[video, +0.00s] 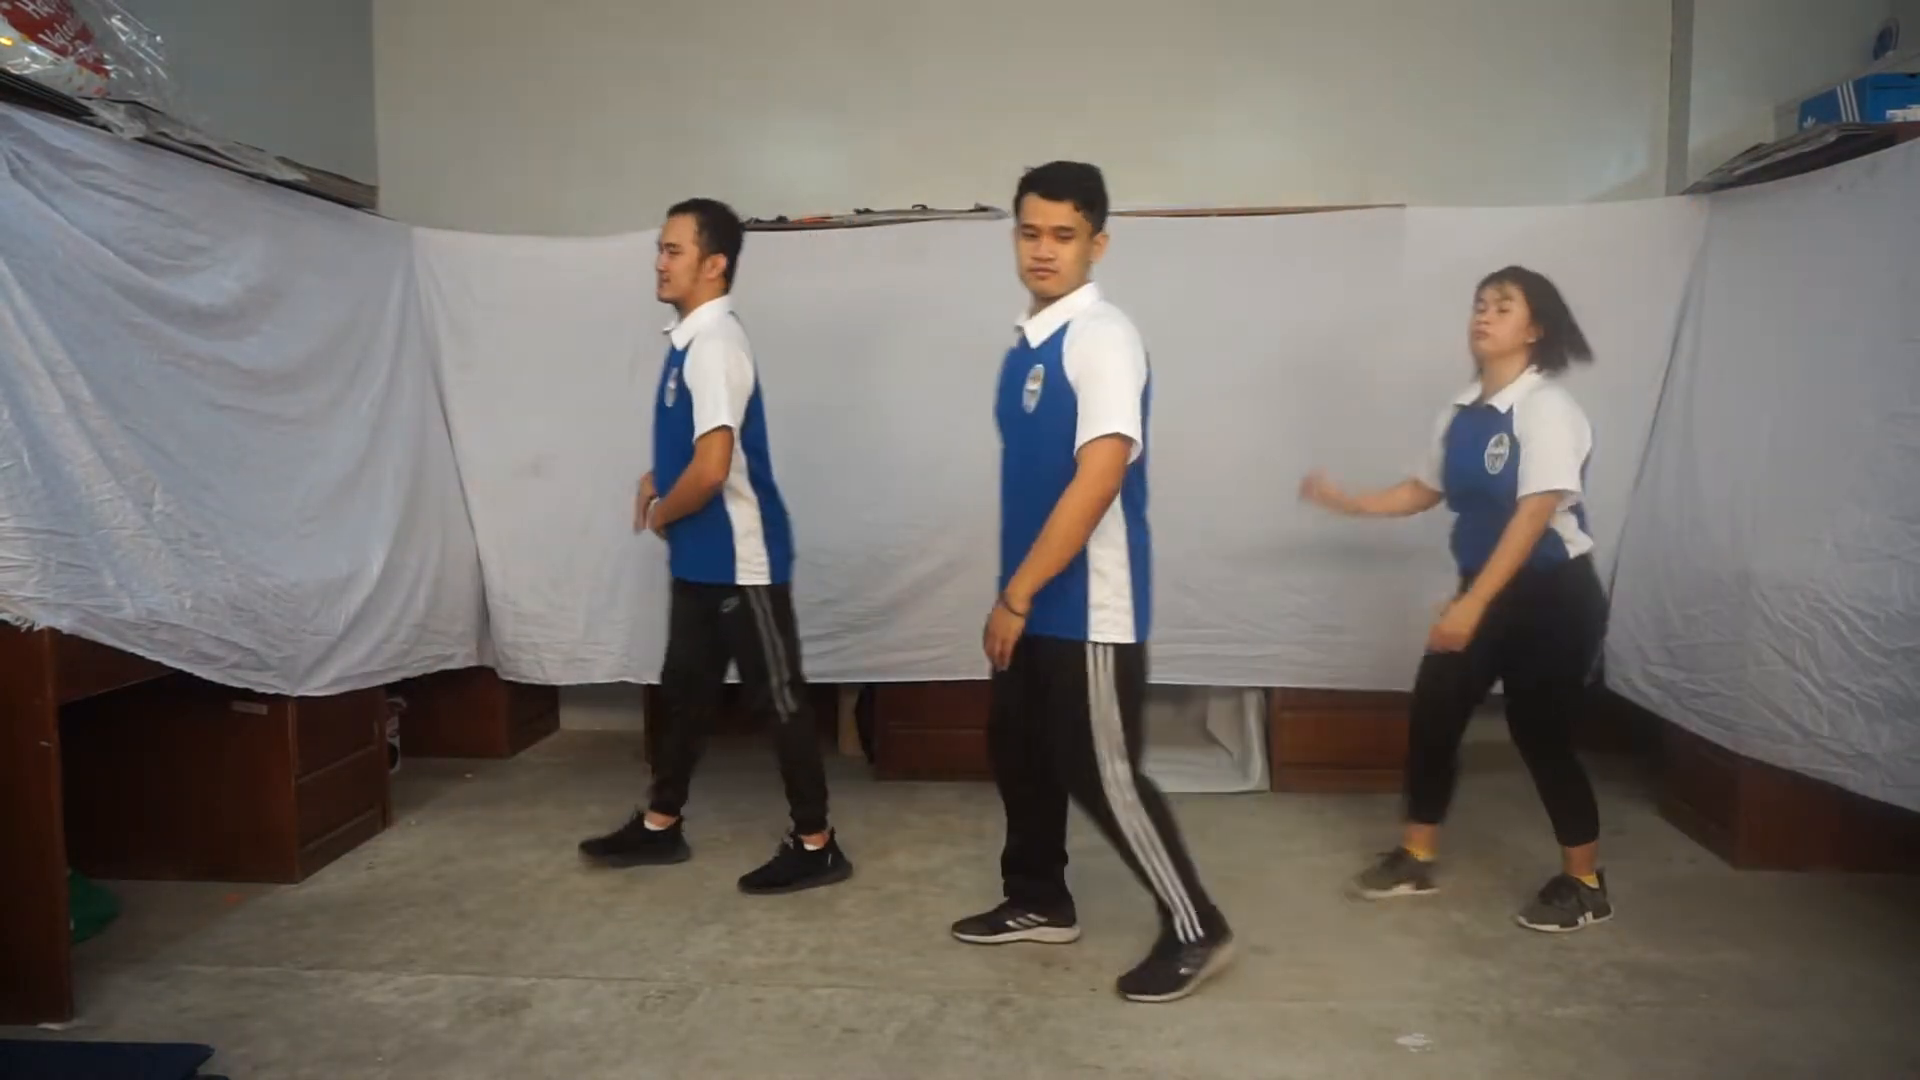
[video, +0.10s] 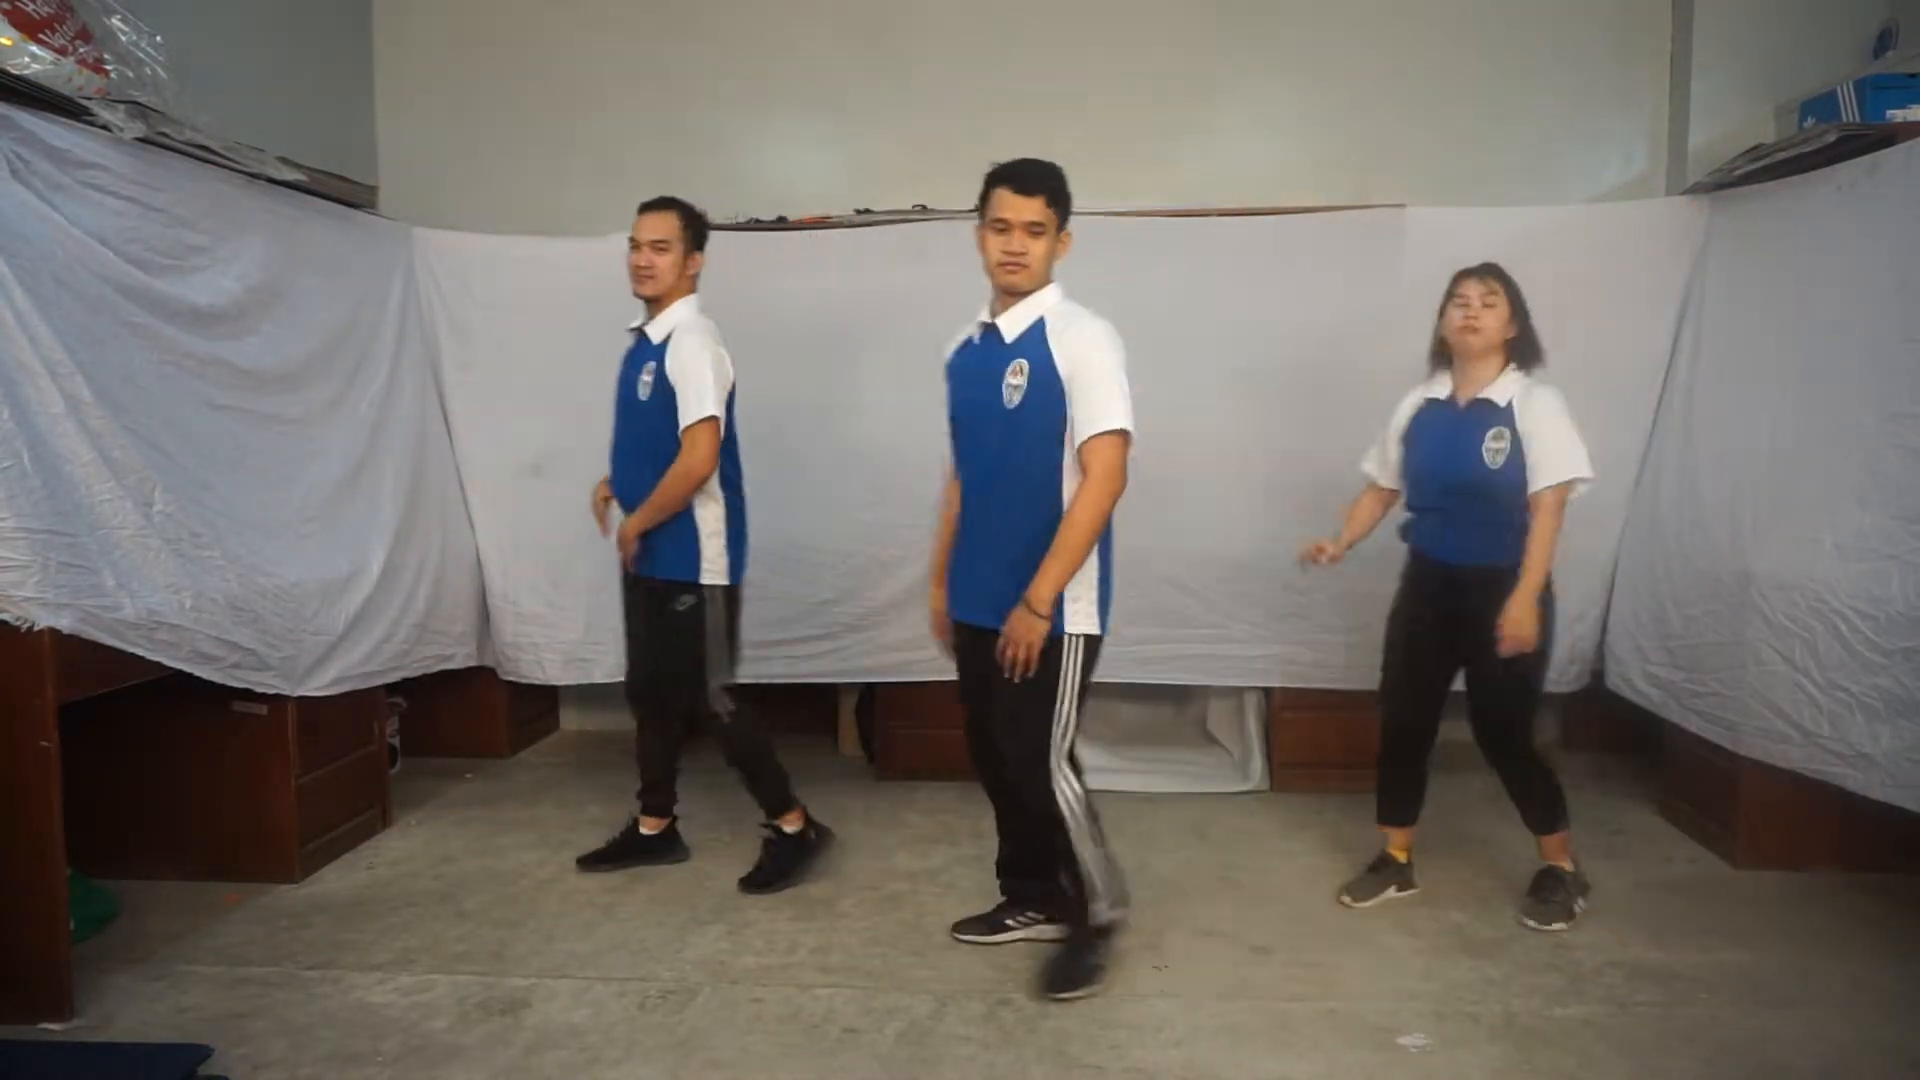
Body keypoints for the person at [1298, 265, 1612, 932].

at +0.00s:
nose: (1483, 317)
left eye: (1501, 308)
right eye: (1479, 308)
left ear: (1536, 329)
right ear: (1472, 325)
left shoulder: (1548, 409)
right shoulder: (1461, 413)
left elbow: (1534, 517)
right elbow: (1426, 491)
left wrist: (1473, 602)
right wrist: (1349, 502)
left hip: (1552, 590)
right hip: (1480, 588)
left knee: (1538, 726)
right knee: (1434, 708)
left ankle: (1584, 881)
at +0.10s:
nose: (1469, 312)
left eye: (1485, 304)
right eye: (1458, 304)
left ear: (1512, 324)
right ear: (1441, 322)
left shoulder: (1533, 400)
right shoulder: (1420, 403)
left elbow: (1549, 506)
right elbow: (1382, 488)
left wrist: (1526, 597)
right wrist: (1342, 540)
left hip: (1503, 589)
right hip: (1426, 584)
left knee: (1505, 736)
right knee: (1403, 722)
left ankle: (1560, 867)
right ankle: (1394, 859)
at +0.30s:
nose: (1437, 309)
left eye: (1445, 301)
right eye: (1419, 302)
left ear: (1459, 321)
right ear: (1388, 323)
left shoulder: (1491, 402)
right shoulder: (1362, 402)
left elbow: (1537, 501)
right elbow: (1296, 481)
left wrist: (1586, 564)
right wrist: (1291, 538)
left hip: (1457, 586)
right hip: (1371, 580)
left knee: (1460, 726)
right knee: (1355, 715)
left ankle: (1451, 863)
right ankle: (1349, 844)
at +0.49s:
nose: (1402, 328)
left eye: (1400, 316)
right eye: (1389, 317)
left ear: (1375, 332)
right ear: (1349, 331)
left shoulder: (1409, 412)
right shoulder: (1315, 411)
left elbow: (1463, 479)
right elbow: (1283, 514)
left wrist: (1552, 482)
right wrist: (1327, 563)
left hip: (1388, 594)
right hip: (1313, 593)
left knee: (1421, 725)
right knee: (1315, 735)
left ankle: (1444, 861)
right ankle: (1259, 861)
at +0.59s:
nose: (1377, 332)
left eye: (1374, 320)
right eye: (1369, 320)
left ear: (1337, 329)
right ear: (1338, 329)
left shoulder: (1351, 403)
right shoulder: (1301, 403)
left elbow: (1407, 439)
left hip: (1333, 583)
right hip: (1280, 586)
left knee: (1372, 709)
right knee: (1295, 728)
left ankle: (1404, 850)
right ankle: (1259, 859)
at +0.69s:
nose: (1341, 337)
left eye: (1342, 324)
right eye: (1336, 325)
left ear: (1274, 319)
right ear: (1316, 327)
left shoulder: (1261, 383)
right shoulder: (1303, 401)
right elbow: (1324, 514)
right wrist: (1365, 548)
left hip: (1251, 571)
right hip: (1262, 581)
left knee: (1317, 699)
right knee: (1279, 713)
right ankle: (1254, 859)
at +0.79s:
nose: (1315, 334)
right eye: (1311, 323)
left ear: (1243, 324)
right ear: (1302, 331)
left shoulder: (1222, 387)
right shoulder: (1293, 403)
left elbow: (1239, 328)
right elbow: (1325, 516)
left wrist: (1262, 273)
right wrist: (1292, 498)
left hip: (1208, 570)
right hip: (1252, 582)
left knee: (1241, 702)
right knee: (1274, 714)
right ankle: (1255, 859)